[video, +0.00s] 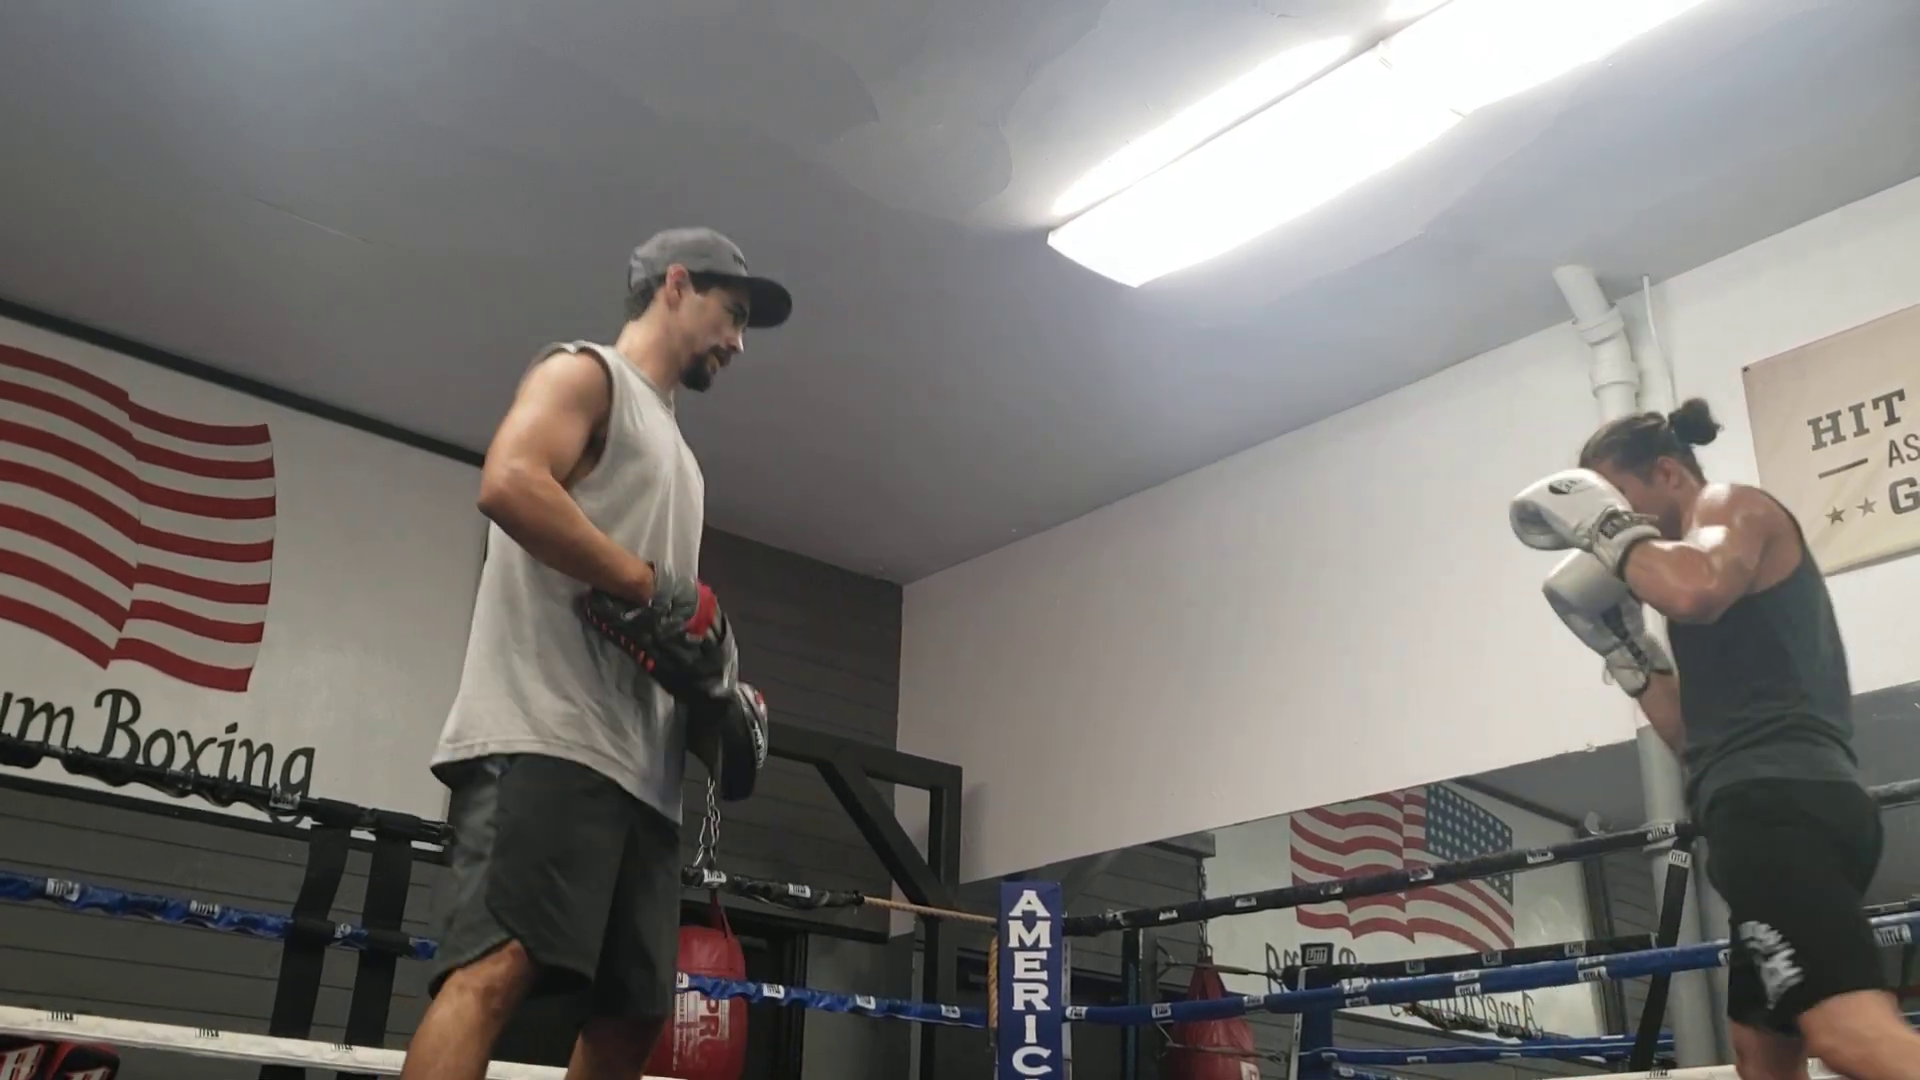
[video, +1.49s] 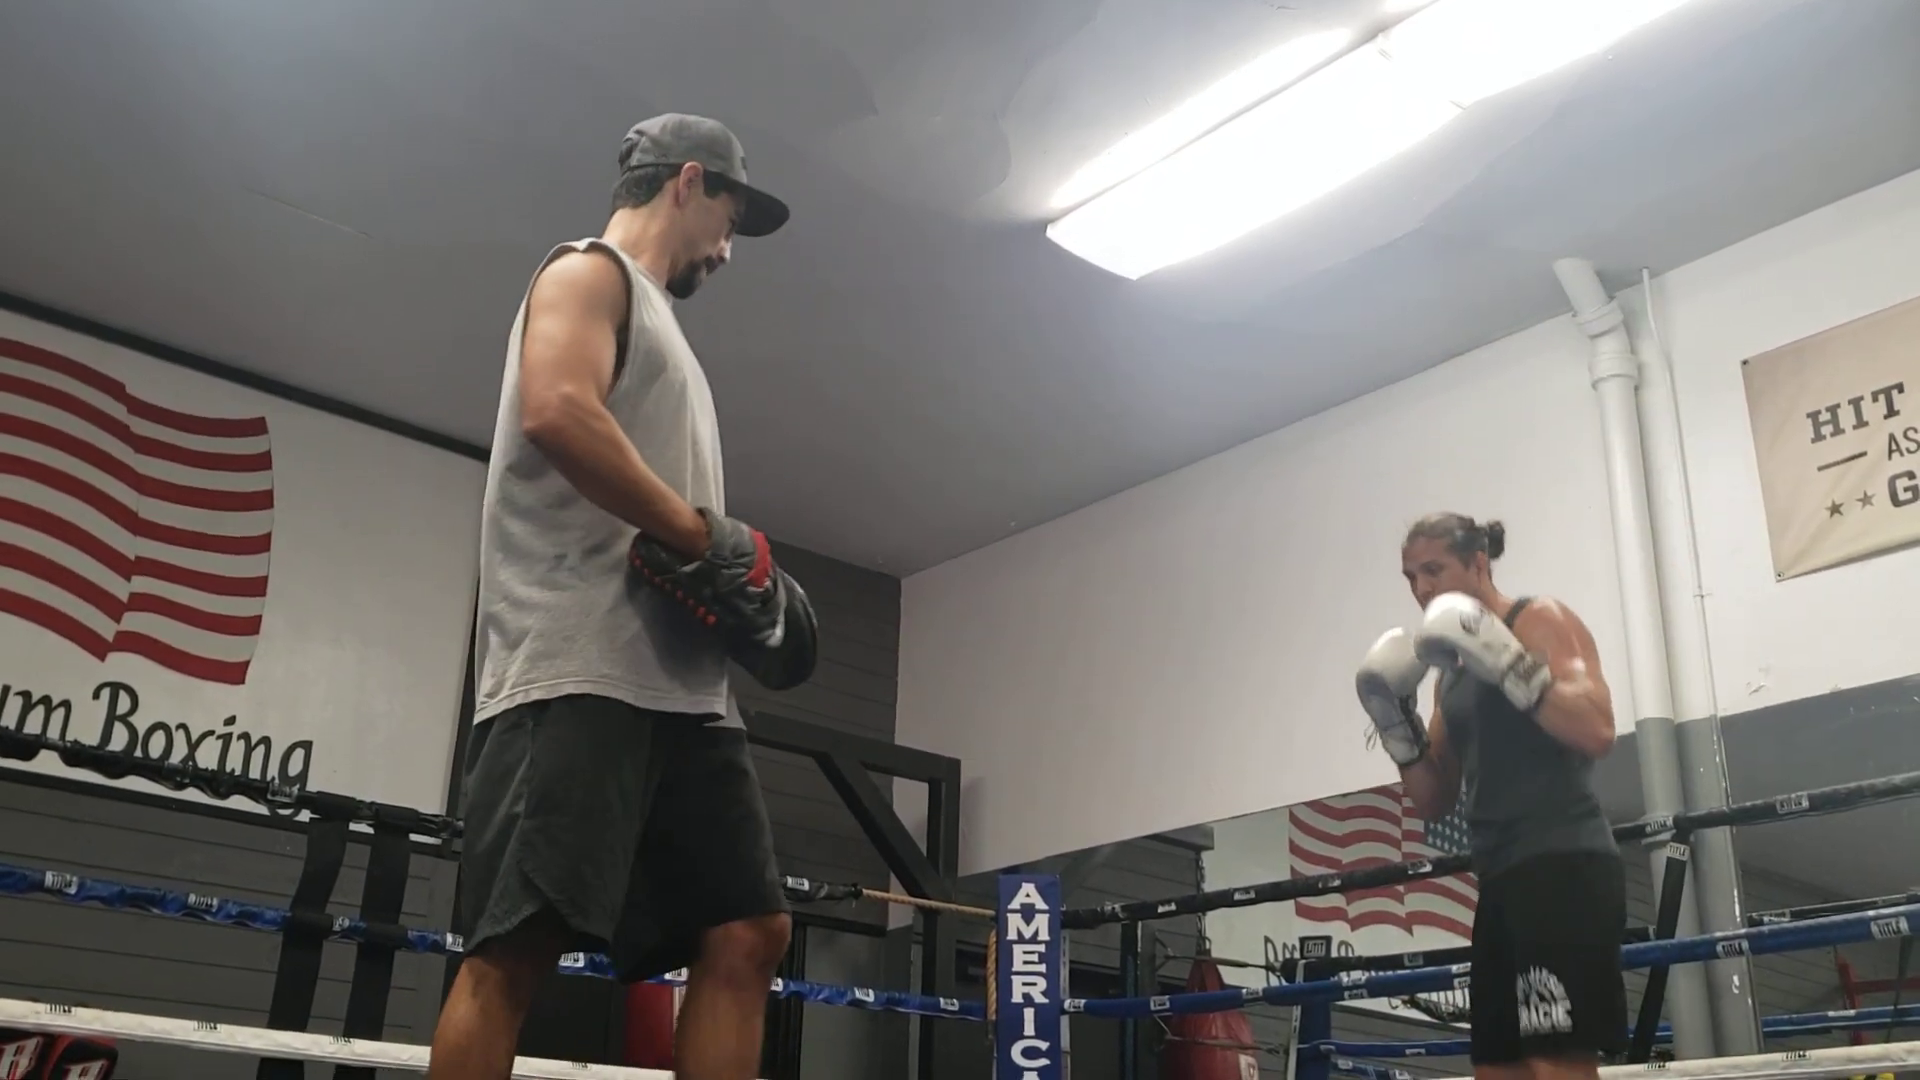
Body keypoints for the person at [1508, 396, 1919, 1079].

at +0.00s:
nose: (1619, 521)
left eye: (1620, 499)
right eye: (1608, 505)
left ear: (1668, 472)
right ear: (1667, 474)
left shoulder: (1738, 504)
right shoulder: (1701, 571)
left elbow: (1696, 588)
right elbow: (1694, 735)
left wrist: (1605, 527)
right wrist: (1623, 649)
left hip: (1778, 791)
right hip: (1748, 802)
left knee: (1852, 1031)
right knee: (1761, 1043)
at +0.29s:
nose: (1561, 523)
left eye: (1562, 501)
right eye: (1549, 510)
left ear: (1603, 478)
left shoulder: (1679, 514)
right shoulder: (1618, 601)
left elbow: (1645, 591)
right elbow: (1540, 701)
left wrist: (1555, 518)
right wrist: (1492, 601)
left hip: (1696, 791)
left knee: (1599, 1002)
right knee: (1753, 1039)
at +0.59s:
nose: (1425, 559)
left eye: (1428, 538)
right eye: (1415, 547)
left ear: (1477, 512)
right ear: (1476, 516)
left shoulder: (1557, 567)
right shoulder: (1516, 601)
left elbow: (1549, 714)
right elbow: (1518, 749)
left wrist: (1458, 642)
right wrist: (1448, 689)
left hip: (1566, 828)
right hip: (1619, 829)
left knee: (1487, 1039)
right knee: (1630, 1050)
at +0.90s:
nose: (1406, 591)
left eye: (1407, 572)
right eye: (1397, 580)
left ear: (1443, 541)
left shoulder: (1509, 571)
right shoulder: (1478, 629)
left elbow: (1450, 644)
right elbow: (1461, 775)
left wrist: (1380, 584)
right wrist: (1396, 696)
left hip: (1543, 834)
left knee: (1497, 1043)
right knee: (1551, 1054)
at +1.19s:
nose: (1411, 616)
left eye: (1420, 597)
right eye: (1403, 605)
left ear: (1465, 582)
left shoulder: (1530, 626)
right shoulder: (1455, 688)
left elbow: (1597, 712)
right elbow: (1418, 803)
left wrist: (1492, 654)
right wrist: (1379, 720)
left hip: (1562, 862)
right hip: (1512, 876)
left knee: (1533, 1050)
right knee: (1514, 1058)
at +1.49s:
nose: (1420, 589)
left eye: (1431, 570)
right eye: (1411, 577)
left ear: (1479, 564)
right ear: (1409, 583)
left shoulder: (1540, 617)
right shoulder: (1451, 674)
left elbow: (1597, 731)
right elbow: (1433, 799)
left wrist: (1506, 661)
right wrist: (1392, 717)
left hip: (1564, 864)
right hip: (1502, 876)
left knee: (1562, 1061)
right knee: (1496, 1065)